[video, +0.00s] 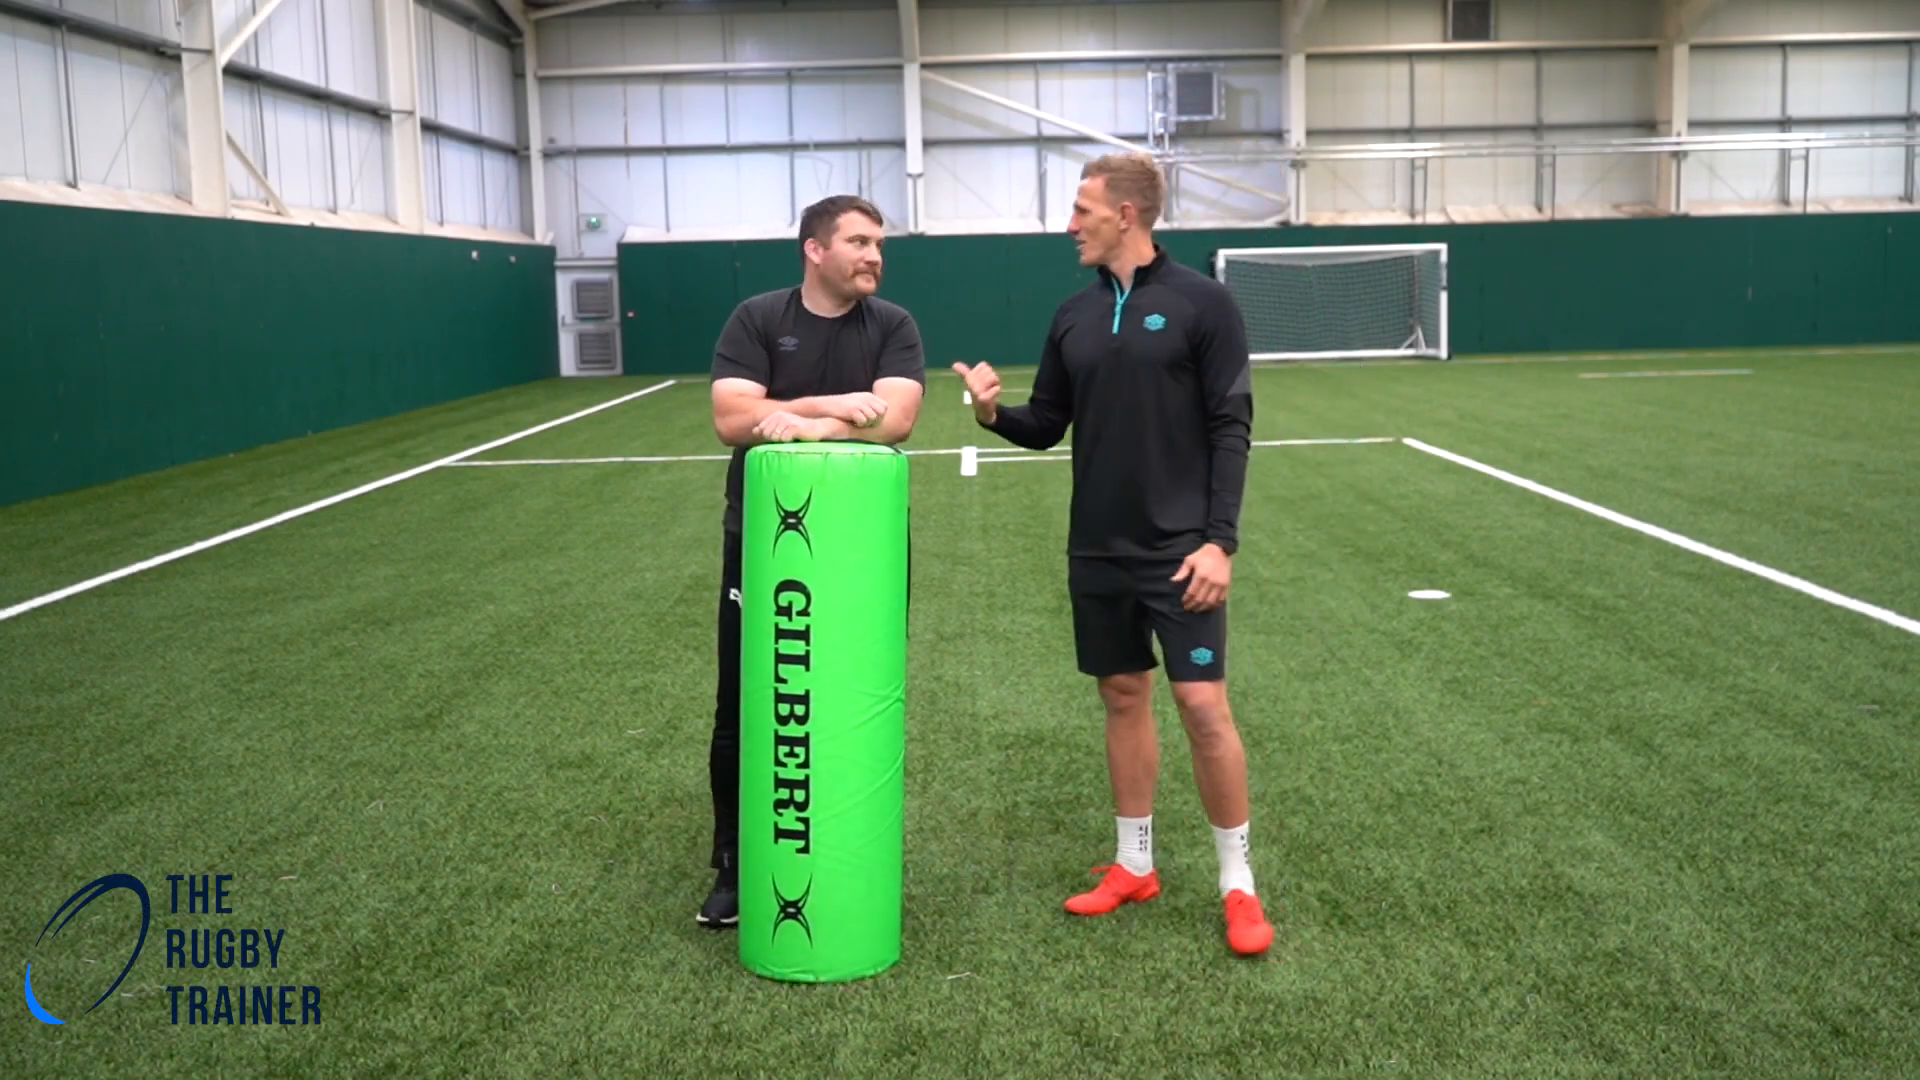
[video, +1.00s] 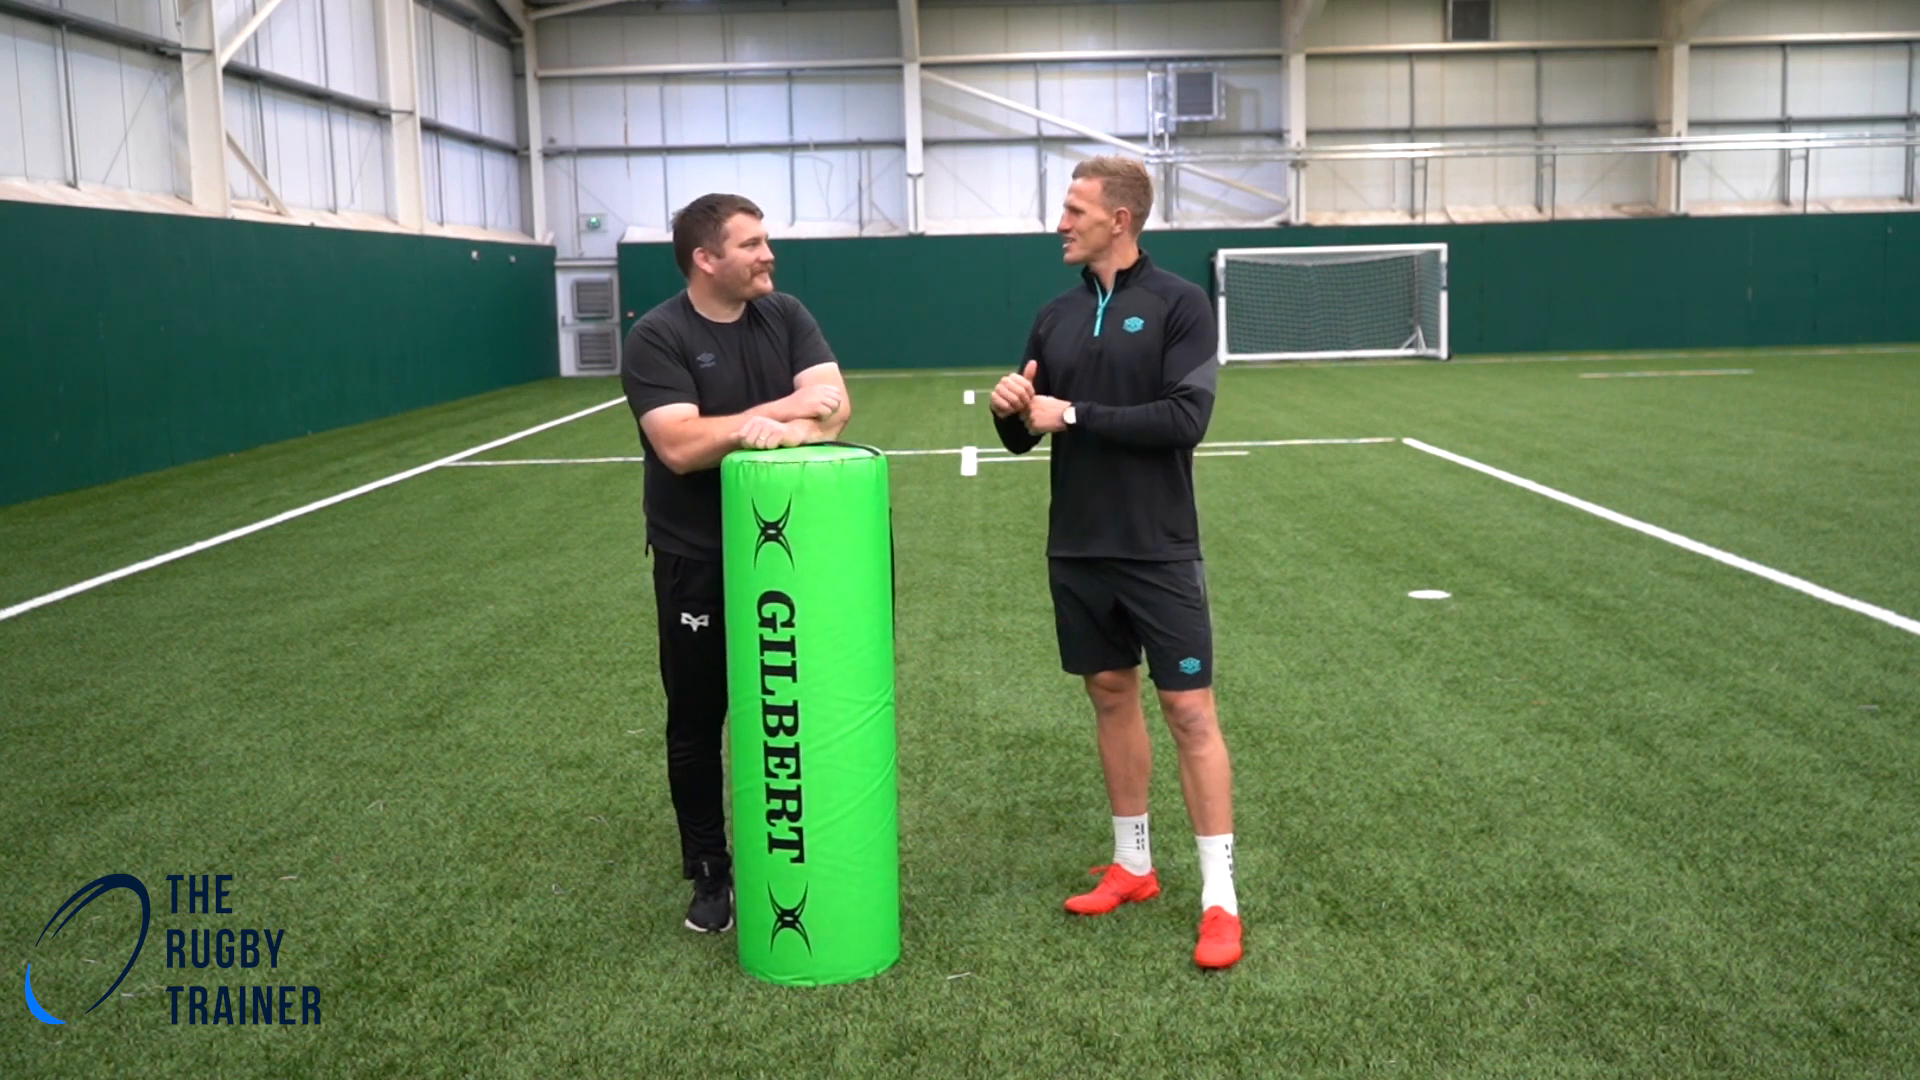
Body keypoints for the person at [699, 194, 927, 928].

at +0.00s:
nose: (875, 257)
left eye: (878, 245)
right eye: (859, 242)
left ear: (876, 256)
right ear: (814, 250)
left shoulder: (891, 325)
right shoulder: (757, 318)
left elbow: (895, 420)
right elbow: (730, 419)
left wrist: (786, 416)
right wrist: (846, 410)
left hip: (854, 546)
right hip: (761, 542)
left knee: (848, 711)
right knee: (744, 706)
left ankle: (840, 878)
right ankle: (732, 871)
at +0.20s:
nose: (864, 257)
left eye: (866, 244)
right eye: (849, 243)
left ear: (863, 255)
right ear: (801, 252)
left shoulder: (878, 322)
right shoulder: (748, 320)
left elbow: (893, 416)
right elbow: (730, 424)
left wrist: (785, 414)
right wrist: (850, 412)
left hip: (848, 544)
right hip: (755, 540)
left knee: (840, 705)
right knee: (739, 701)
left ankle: (834, 869)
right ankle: (724, 865)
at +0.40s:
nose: (841, 255)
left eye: (843, 243)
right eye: (827, 244)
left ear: (835, 252)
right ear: (779, 253)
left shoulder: (856, 321)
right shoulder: (726, 325)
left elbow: (883, 414)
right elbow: (719, 432)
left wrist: (785, 416)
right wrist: (837, 415)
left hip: (834, 554)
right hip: (740, 550)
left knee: (827, 713)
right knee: (725, 714)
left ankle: (825, 873)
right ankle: (716, 870)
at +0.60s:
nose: (812, 255)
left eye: (812, 243)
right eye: (797, 245)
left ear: (800, 251)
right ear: (750, 255)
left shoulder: (828, 317)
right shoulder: (698, 329)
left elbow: (861, 411)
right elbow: (698, 438)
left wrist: (764, 420)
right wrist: (811, 417)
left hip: (815, 552)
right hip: (721, 552)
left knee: (814, 711)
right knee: (713, 716)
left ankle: (817, 868)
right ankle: (713, 871)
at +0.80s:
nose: (785, 255)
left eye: (784, 243)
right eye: (770, 246)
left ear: (774, 250)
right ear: (722, 258)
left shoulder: (802, 315)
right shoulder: (671, 335)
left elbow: (841, 408)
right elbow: (682, 444)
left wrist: (750, 422)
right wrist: (792, 415)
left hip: (798, 553)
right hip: (706, 556)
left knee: (802, 711)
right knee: (705, 718)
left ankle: (806, 866)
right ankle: (711, 872)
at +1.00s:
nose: (767, 254)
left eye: (766, 242)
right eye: (752, 246)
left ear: (746, 254)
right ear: (703, 259)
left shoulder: (785, 314)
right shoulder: (656, 338)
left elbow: (832, 406)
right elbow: (679, 449)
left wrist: (745, 424)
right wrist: (785, 413)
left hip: (785, 555)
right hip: (696, 560)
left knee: (792, 714)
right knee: (697, 723)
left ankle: (800, 867)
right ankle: (710, 872)